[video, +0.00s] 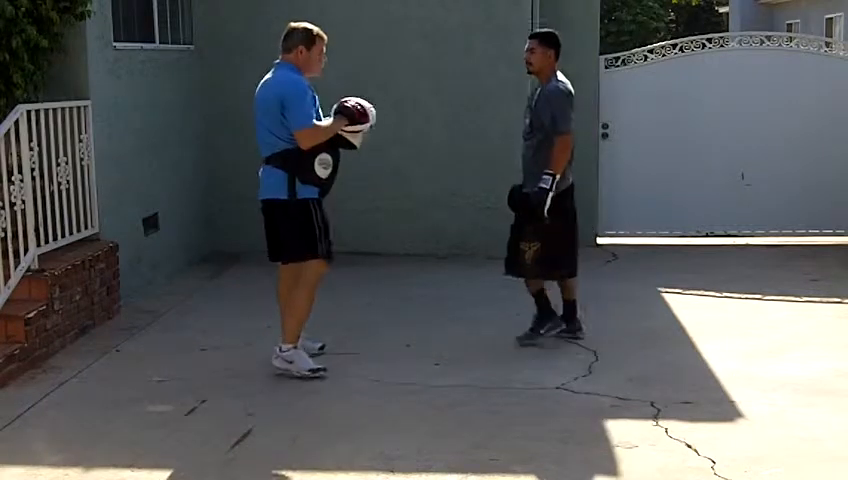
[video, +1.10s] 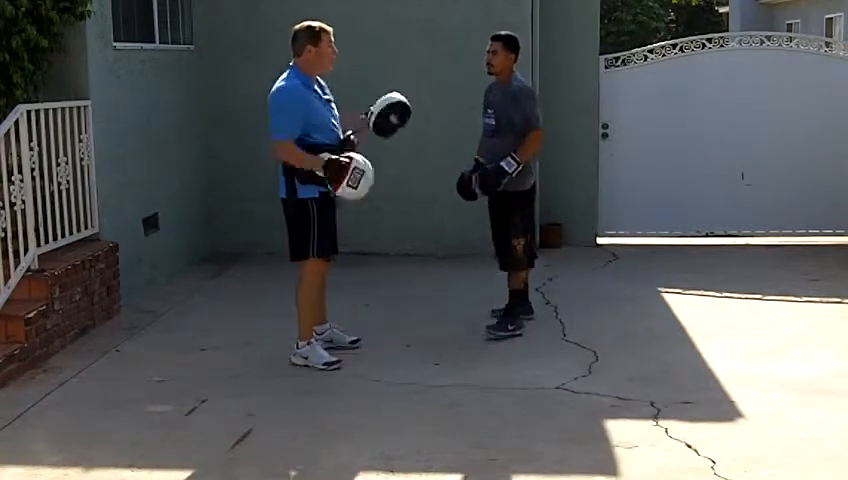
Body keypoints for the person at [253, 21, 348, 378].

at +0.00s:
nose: (323, 59)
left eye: (323, 52)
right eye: (320, 52)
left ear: (293, 52)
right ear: (301, 51)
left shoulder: (273, 82)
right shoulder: (293, 85)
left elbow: (299, 133)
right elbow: (306, 137)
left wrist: (336, 127)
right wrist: (337, 124)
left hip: (277, 190)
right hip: (295, 192)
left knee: (290, 265)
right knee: (316, 263)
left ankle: (291, 339)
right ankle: (289, 349)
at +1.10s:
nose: (335, 51)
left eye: (334, 45)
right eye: (330, 45)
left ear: (312, 51)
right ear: (310, 51)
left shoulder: (314, 84)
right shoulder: (287, 91)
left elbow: (322, 136)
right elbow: (283, 149)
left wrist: (352, 134)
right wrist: (323, 165)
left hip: (320, 189)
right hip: (302, 193)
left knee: (322, 260)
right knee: (312, 262)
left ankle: (319, 330)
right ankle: (304, 345)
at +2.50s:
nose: (343, 53)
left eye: (342, 47)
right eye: (339, 47)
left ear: (314, 52)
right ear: (319, 50)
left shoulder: (291, 85)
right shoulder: (323, 85)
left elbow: (282, 140)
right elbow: (346, 135)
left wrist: (325, 147)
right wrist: (381, 155)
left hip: (305, 187)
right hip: (320, 190)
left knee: (317, 260)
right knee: (318, 262)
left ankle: (320, 329)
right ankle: (305, 345)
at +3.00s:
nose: (341, 55)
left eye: (340, 49)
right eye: (336, 48)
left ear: (318, 52)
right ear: (317, 52)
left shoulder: (316, 85)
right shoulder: (297, 88)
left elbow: (341, 129)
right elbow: (296, 145)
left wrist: (367, 99)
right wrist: (326, 181)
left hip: (322, 187)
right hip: (307, 191)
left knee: (320, 260)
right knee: (314, 262)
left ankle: (319, 329)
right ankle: (304, 344)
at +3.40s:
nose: (332, 53)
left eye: (331, 47)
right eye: (328, 47)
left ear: (309, 53)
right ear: (308, 52)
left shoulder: (317, 84)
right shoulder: (289, 90)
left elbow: (354, 116)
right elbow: (289, 146)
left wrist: (383, 85)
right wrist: (325, 182)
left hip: (326, 186)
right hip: (307, 189)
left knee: (322, 258)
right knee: (314, 260)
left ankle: (320, 329)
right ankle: (304, 345)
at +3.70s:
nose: (334, 53)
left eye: (333, 46)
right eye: (329, 47)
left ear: (312, 52)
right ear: (308, 52)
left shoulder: (317, 84)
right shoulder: (291, 90)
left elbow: (350, 119)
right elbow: (291, 146)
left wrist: (379, 87)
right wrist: (326, 182)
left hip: (325, 188)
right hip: (307, 191)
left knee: (321, 260)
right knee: (313, 263)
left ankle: (320, 330)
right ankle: (304, 345)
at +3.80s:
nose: (335, 53)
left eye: (334, 47)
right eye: (331, 47)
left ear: (313, 51)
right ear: (312, 51)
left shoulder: (315, 83)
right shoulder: (294, 89)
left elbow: (344, 122)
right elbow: (292, 146)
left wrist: (374, 95)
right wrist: (327, 182)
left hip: (323, 188)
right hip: (307, 191)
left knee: (321, 260)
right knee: (313, 263)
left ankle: (319, 330)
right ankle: (305, 344)